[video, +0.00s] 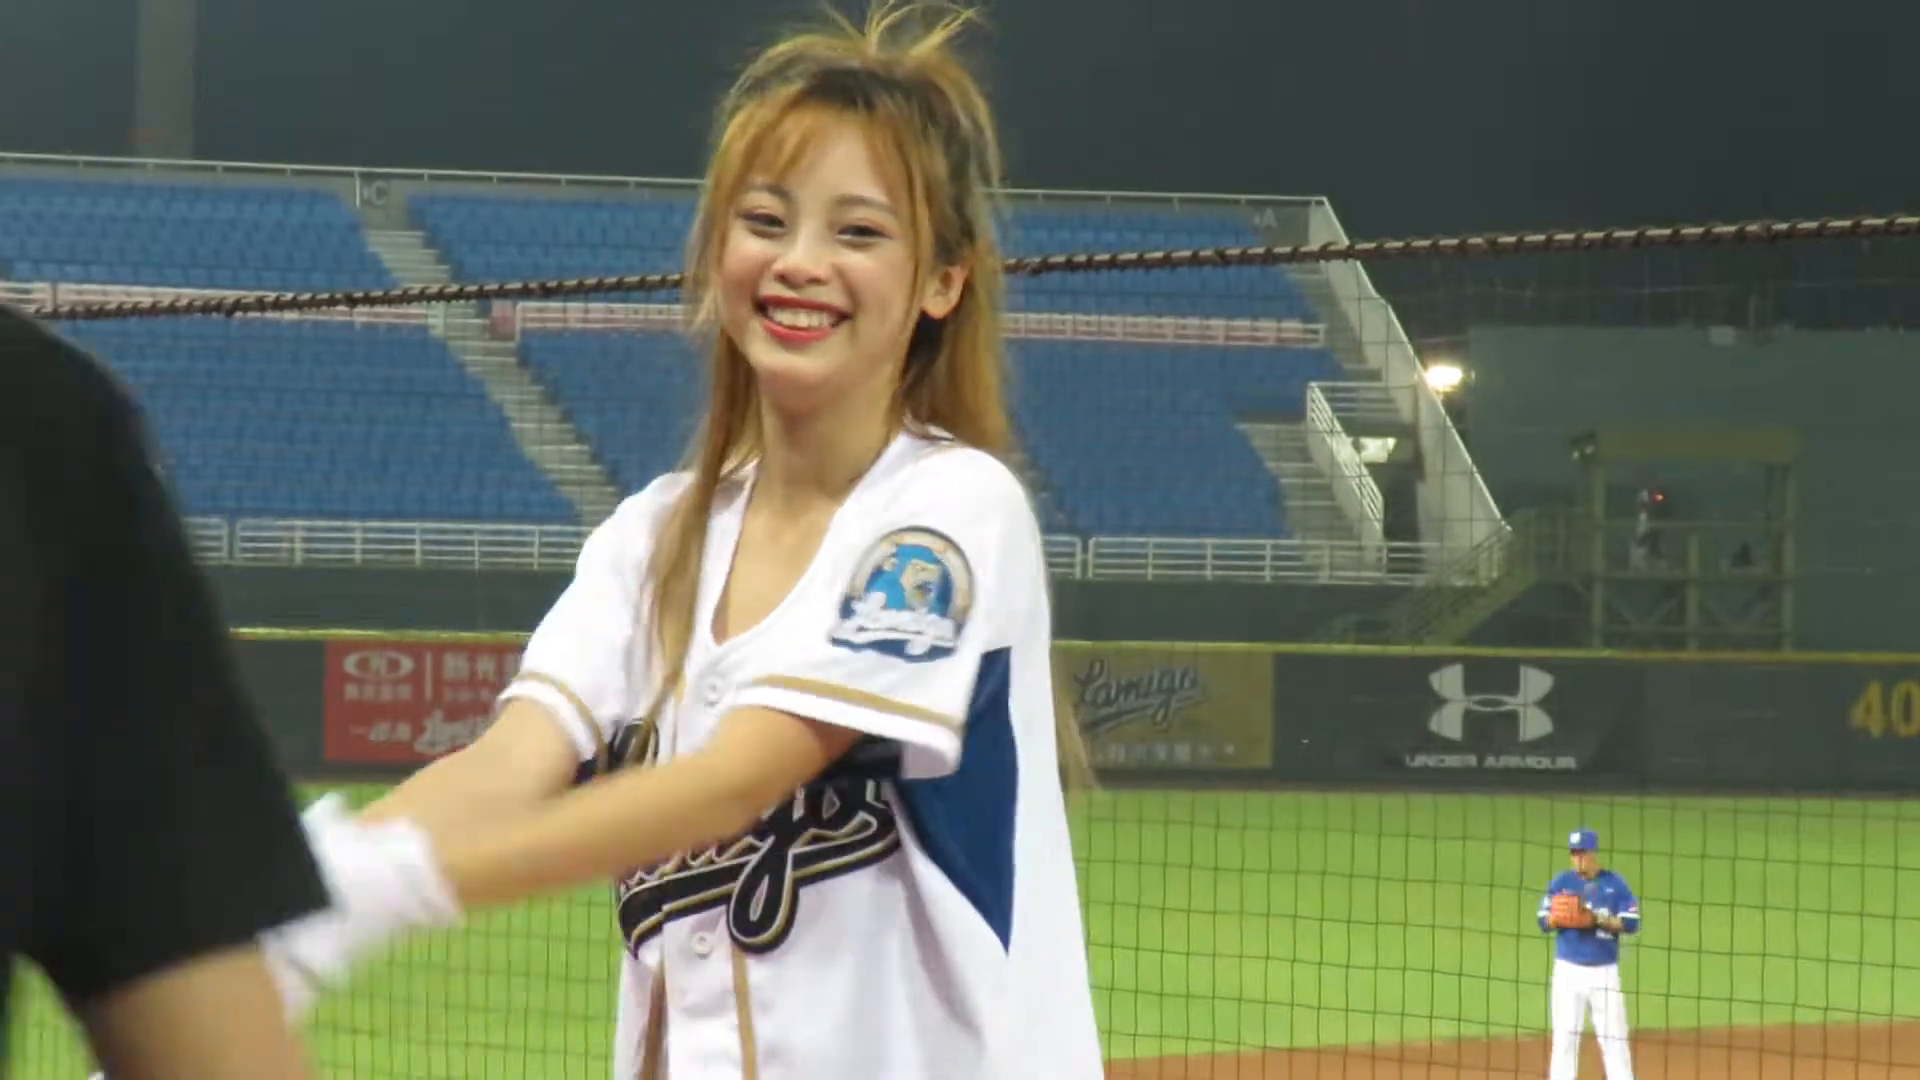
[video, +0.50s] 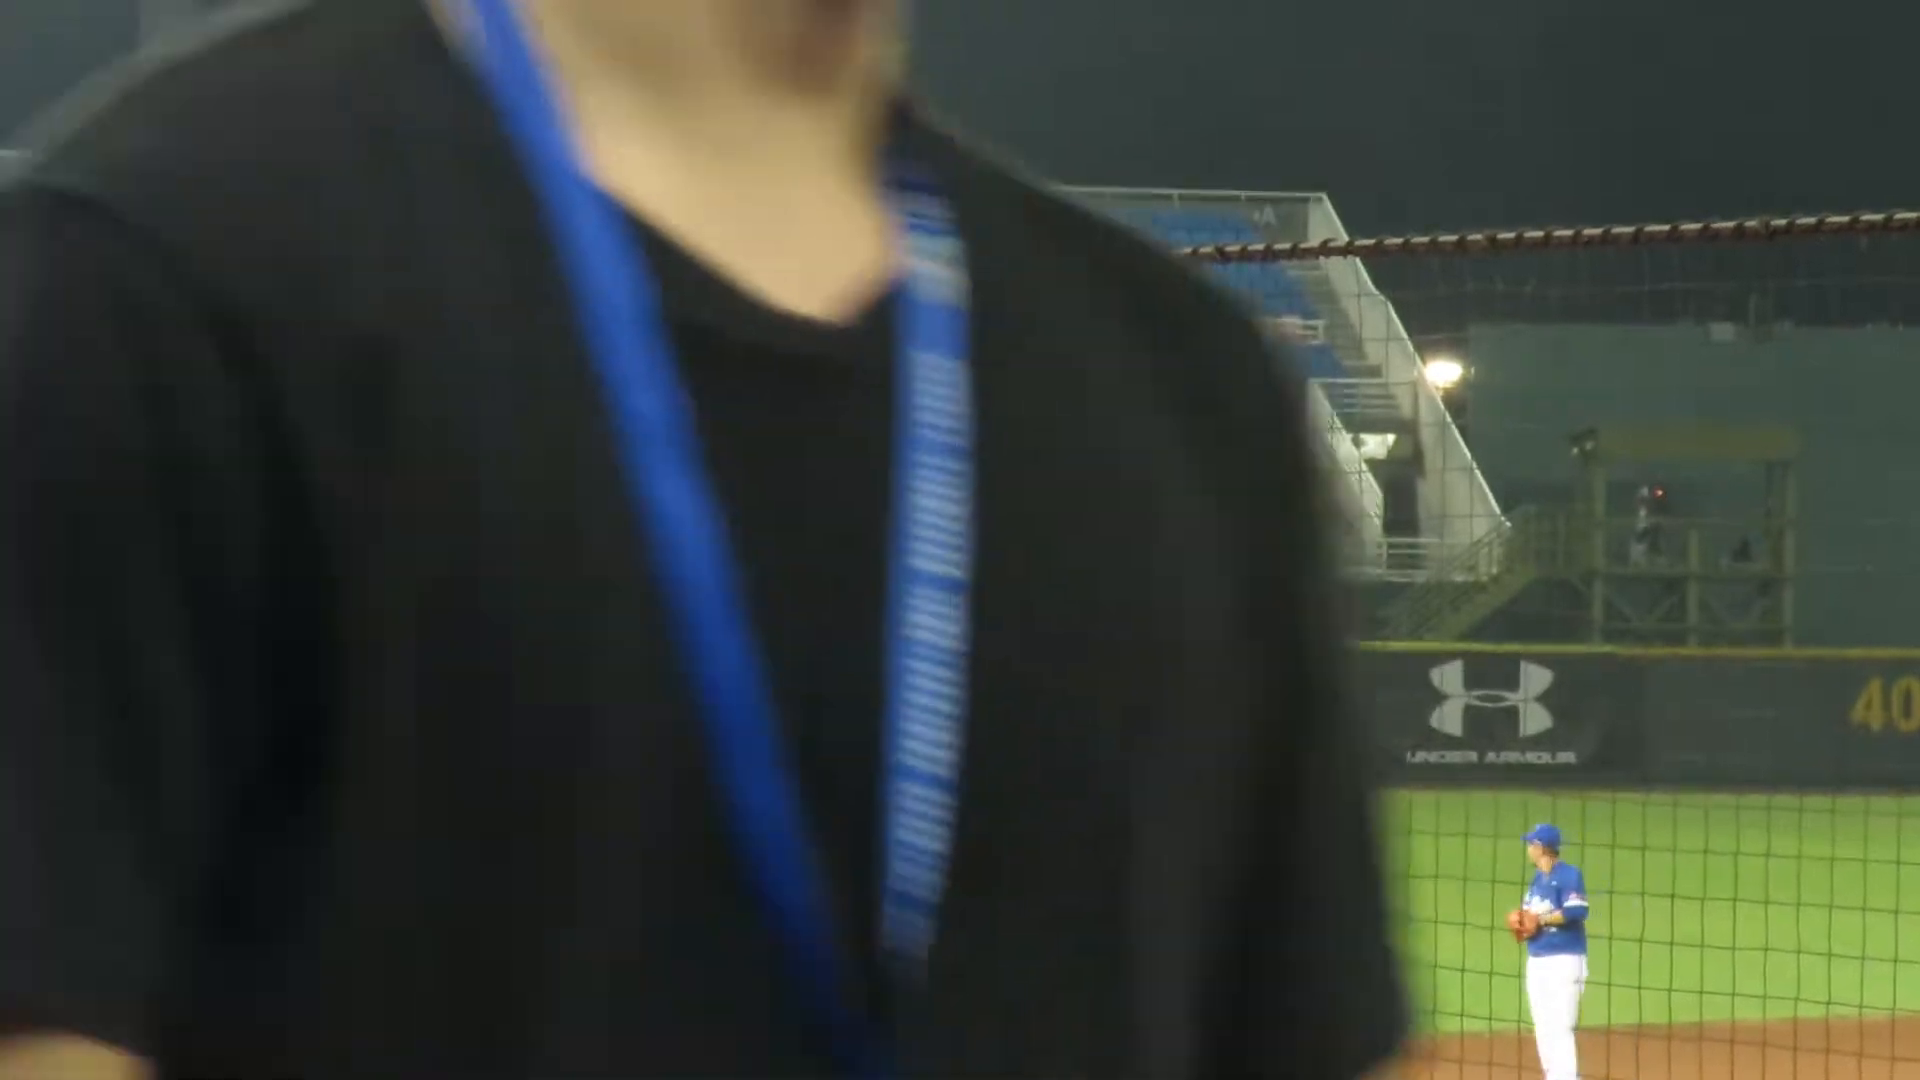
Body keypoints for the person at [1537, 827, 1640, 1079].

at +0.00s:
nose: (1579, 860)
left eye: (1584, 854)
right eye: (1575, 854)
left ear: (1595, 853)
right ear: (1571, 855)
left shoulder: (1614, 883)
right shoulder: (1562, 882)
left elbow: (1632, 923)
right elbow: (1543, 922)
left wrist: (1595, 918)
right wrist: (1561, 916)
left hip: (1604, 970)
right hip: (1568, 970)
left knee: (1614, 1038)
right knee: (1565, 1039)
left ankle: (1622, 1077)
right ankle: (1561, 1077)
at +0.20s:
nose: (1545, 852)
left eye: (1550, 847)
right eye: (1546, 847)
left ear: (1564, 851)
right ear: (1558, 852)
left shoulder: (1593, 879)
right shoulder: (1545, 881)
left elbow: (1611, 916)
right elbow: (1531, 914)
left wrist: (1569, 919)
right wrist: (1538, 919)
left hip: (1587, 965)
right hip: (1553, 965)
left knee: (1600, 1033)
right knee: (1557, 1033)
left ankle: (1616, 1077)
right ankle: (1558, 1078)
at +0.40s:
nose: (1534, 850)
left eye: (1537, 846)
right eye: (1535, 845)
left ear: (1548, 849)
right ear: (1546, 848)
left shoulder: (1575, 875)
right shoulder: (1539, 880)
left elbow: (1589, 912)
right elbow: (1530, 912)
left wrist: (1547, 920)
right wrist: (1525, 921)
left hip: (1572, 963)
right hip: (1543, 962)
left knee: (1572, 1030)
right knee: (1548, 1028)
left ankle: (1588, 1076)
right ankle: (1556, 1074)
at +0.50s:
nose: (1528, 850)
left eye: (1532, 845)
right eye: (1529, 845)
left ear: (1543, 848)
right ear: (1540, 847)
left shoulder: (1569, 874)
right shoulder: (1537, 878)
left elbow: (1578, 911)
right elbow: (1531, 911)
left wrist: (1540, 919)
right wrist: (1522, 921)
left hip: (1564, 961)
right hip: (1538, 960)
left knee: (1559, 1027)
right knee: (1543, 1027)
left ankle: (1565, 1075)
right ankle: (1551, 1073)